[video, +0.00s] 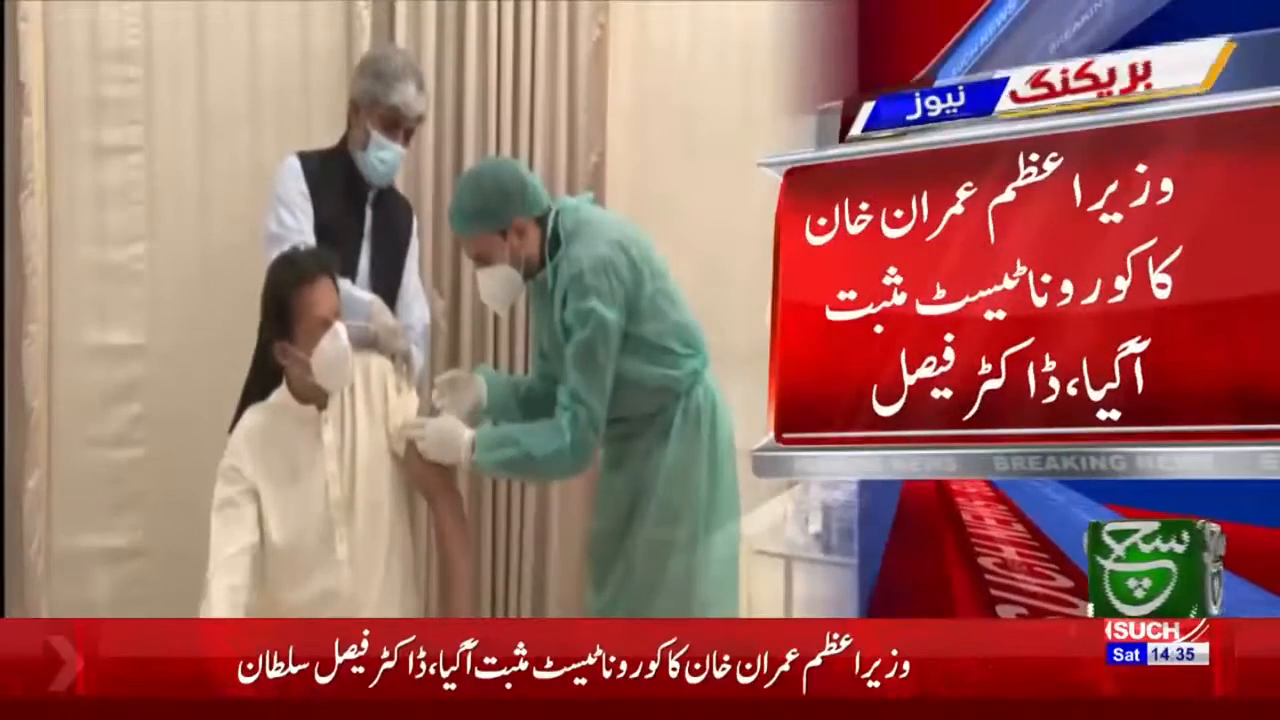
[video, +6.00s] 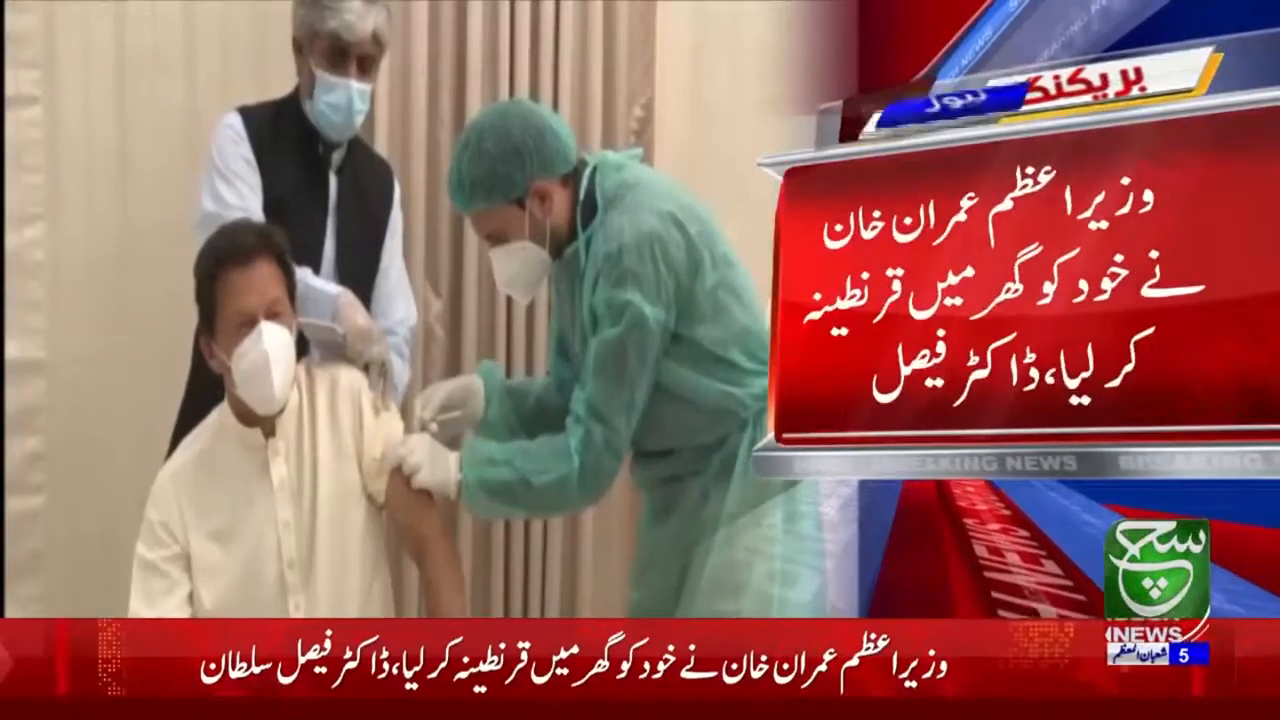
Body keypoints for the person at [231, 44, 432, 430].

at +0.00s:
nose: (398, 146)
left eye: (409, 134)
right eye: (389, 128)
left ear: (417, 132)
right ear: (356, 114)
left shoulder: (401, 214)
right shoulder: (301, 172)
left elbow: (413, 311)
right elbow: (293, 271)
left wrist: (407, 396)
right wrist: (371, 311)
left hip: (370, 383)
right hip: (296, 374)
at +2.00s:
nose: (402, 151)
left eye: (414, 139)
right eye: (393, 132)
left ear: (423, 137)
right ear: (363, 116)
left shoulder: (407, 216)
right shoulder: (306, 171)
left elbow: (418, 318)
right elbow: (292, 266)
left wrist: (409, 393)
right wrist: (369, 309)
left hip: (371, 388)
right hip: (297, 377)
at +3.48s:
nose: (407, 155)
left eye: (421, 145)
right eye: (399, 136)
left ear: (430, 145)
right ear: (371, 118)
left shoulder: (412, 218)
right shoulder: (314, 172)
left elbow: (425, 321)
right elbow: (296, 269)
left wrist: (419, 403)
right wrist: (371, 312)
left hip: (372, 391)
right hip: (297, 377)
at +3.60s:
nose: (347, 74)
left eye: (359, 57)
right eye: (330, 55)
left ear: (372, 54)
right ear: (293, 46)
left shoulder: (376, 163)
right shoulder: (240, 120)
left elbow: (391, 293)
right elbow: (228, 244)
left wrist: (374, 374)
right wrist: (330, 291)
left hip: (332, 388)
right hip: (236, 374)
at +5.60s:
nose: (351, 80)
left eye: (364, 63)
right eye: (335, 60)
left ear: (378, 65)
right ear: (299, 53)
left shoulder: (378, 176)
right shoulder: (244, 131)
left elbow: (395, 309)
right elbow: (234, 255)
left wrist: (378, 394)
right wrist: (335, 302)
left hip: (335, 402)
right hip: (239, 387)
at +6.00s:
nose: (351, 82)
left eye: (365, 66)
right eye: (335, 62)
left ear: (379, 67)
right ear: (300, 53)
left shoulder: (379, 178)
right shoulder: (244, 134)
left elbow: (396, 315)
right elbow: (234, 259)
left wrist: (377, 404)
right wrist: (335, 305)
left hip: (337, 406)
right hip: (240, 390)